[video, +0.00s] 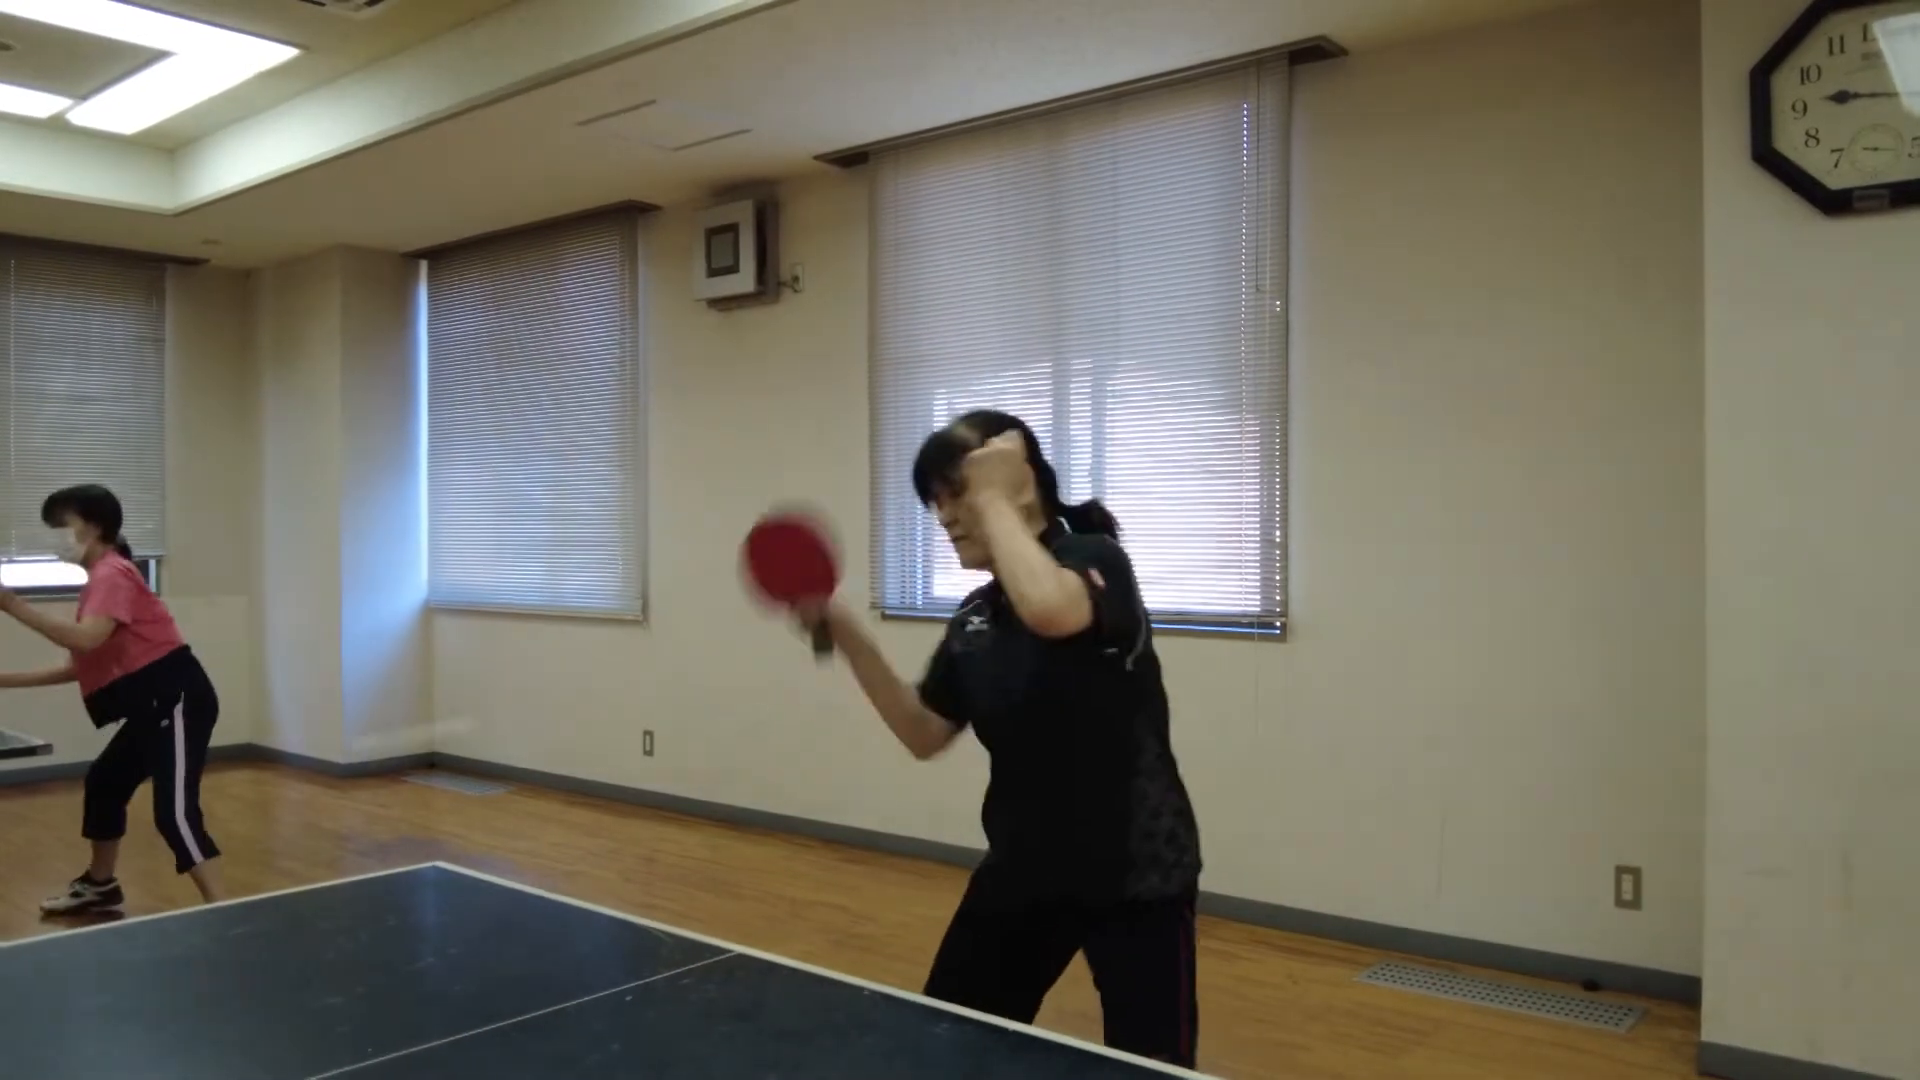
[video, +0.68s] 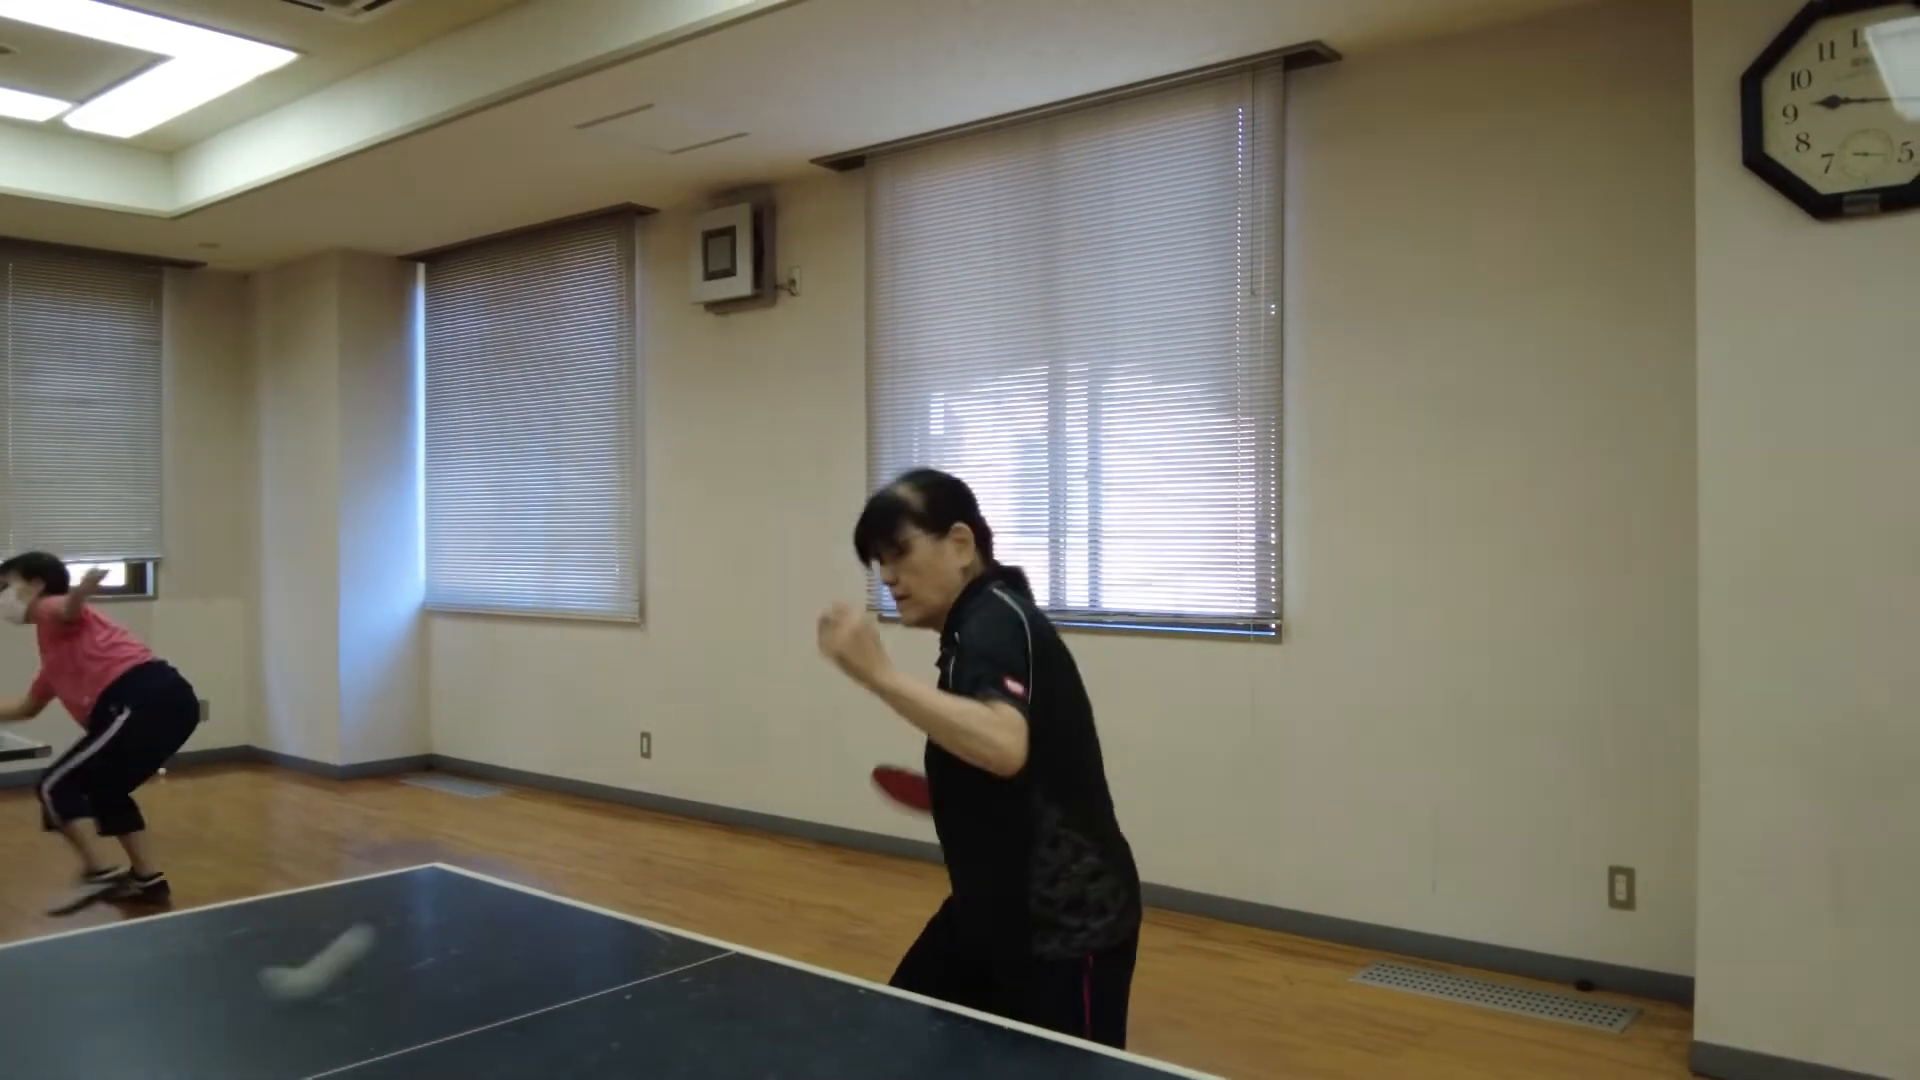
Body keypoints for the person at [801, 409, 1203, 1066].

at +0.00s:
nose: (946, 515)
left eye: (958, 495)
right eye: (939, 502)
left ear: (1015, 489)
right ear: (941, 511)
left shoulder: (1096, 560)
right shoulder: (976, 619)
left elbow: (1049, 609)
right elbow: (926, 734)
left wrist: (993, 494)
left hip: (1135, 867)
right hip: (1028, 867)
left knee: (1154, 1072)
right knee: (944, 1046)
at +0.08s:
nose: (961, 519)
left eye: (976, 495)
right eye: (953, 504)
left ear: (1033, 494)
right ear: (950, 515)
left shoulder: (1113, 573)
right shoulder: (978, 619)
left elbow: (1086, 631)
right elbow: (900, 719)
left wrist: (1032, 509)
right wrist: (869, 599)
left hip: (1139, 884)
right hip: (1027, 881)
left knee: (1158, 1078)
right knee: (943, 1053)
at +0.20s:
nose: (976, 526)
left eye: (996, 503)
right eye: (968, 510)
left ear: (1062, 505)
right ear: (960, 518)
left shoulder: (1125, 599)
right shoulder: (977, 626)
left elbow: (1127, 700)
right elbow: (900, 735)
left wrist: (1045, 571)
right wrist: (867, 637)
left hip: (1131, 894)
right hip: (1019, 889)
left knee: (1146, 1076)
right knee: (938, 1051)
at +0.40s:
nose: (950, 533)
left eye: (971, 511)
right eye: (941, 517)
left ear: (1033, 516)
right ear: (933, 524)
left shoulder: (1083, 611)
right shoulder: (969, 632)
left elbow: (1104, 755)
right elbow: (928, 760)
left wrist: (989, 643)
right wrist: (831, 728)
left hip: (1105, 909)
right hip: (1005, 896)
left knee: (1116, 1079)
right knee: (919, 1048)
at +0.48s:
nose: (927, 548)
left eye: (947, 525)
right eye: (919, 532)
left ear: (1009, 528)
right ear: (914, 538)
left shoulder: (1053, 622)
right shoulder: (969, 636)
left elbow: (1088, 767)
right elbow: (964, 775)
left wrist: (961, 672)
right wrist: (839, 777)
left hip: (1088, 918)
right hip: (1000, 904)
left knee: (1089, 1076)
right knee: (912, 1047)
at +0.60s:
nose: (898, 573)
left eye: (914, 550)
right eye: (890, 558)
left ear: (976, 546)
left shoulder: (1004, 623)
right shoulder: (979, 630)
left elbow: (1037, 766)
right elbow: (1010, 786)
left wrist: (905, 702)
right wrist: (919, 816)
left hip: (1065, 930)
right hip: (998, 912)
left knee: (1060, 1073)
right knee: (897, 1036)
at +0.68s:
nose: (886, 577)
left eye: (899, 553)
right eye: (879, 563)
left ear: (961, 542)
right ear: (961, 548)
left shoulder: (993, 614)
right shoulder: (980, 617)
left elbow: (1006, 744)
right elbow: (1031, 766)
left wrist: (879, 673)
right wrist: (946, 794)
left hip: (1063, 922)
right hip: (1000, 904)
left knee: (1066, 1072)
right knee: (895, 1035)